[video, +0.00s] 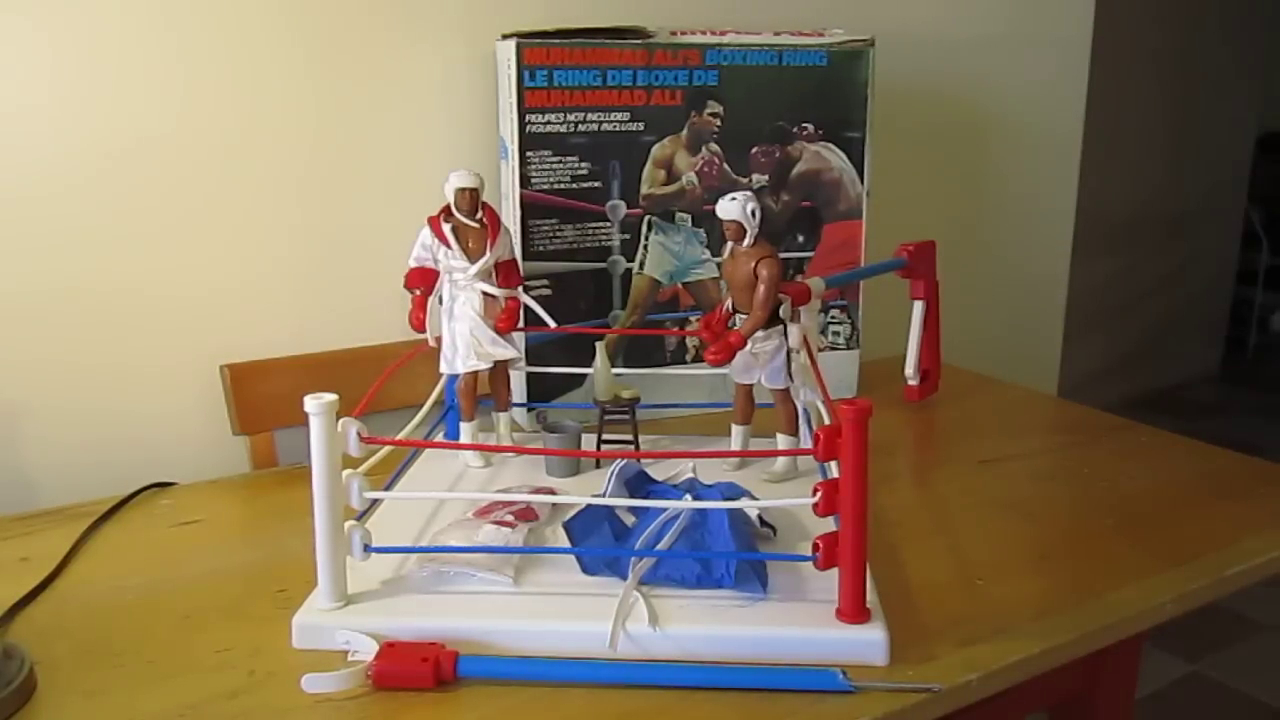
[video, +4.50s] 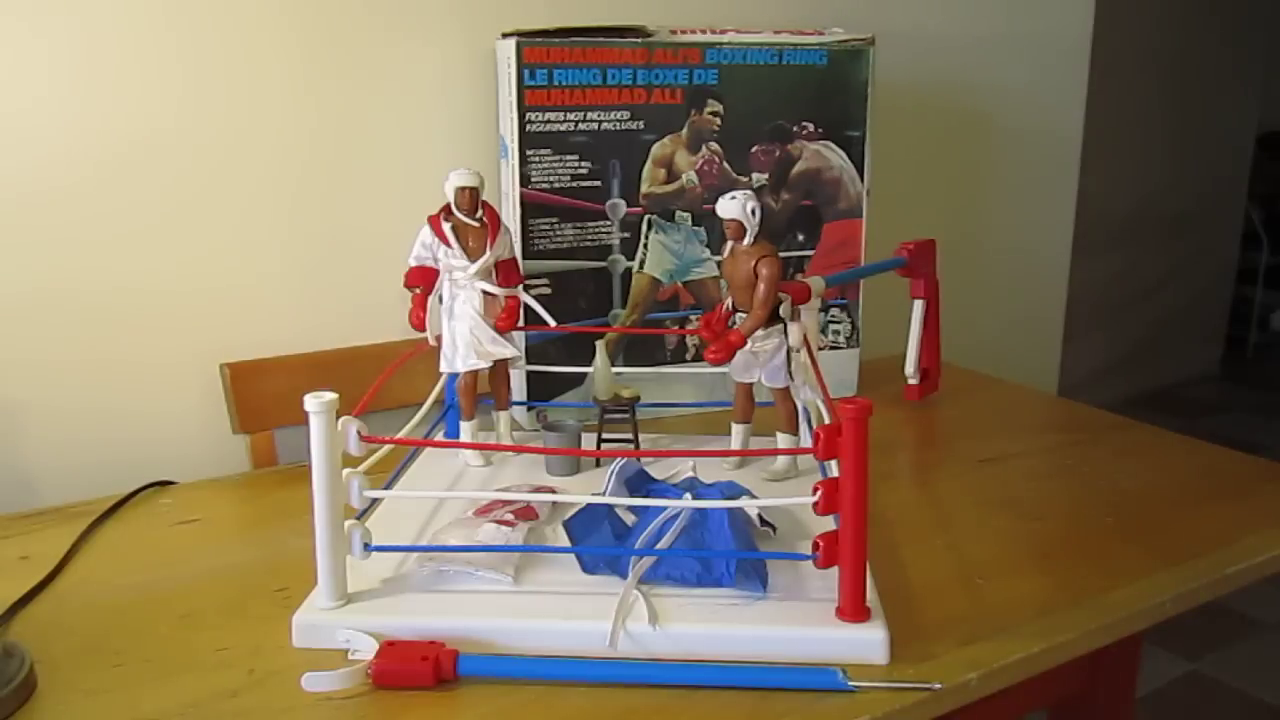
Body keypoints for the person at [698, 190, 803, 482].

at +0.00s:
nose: (725, 229)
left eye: (730, 224)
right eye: (723, 224)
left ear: (747, 224)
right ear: (724, 224)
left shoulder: (767, 263)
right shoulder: (731, 250)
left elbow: (761, 314)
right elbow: (734, 292)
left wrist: (735, 340)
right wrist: (719, 317)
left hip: (769, 333)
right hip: (742, 329)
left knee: (780, 391)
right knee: (742, 387)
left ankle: (787, 456)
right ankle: (737, 450)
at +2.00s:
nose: (726, 227)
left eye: (731, 222)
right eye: (724, 221)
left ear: (748, 222)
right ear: (723, 222)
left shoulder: (766, 262)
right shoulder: (730, 249)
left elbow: (761, 313)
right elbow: (735, 292)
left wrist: (736, 339)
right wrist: (720, 317)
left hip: (769, 333)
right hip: (743, 329)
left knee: (780, 391)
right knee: (742, 387)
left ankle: (787, 457)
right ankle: (737, 450)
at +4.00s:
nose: (725, 228)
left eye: (731, 222)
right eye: (724, 222)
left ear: (748, 222)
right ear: (724, 223)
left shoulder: (767, 260)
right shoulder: (731, 250)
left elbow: (761, 312)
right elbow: (736, 292)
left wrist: (735, 338)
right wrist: (721, 314)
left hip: (769, 333)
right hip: (743, 329)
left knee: (780, 390)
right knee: (742, 385)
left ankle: (787, 456)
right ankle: (738, 449)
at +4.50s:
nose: (725, 227)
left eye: (731, 222)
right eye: (724, 222)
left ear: (748, 222)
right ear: (724, 222)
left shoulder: (767, 260)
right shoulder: (730, 250)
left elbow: (761, 312)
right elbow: (736, 292)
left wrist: (735, 338)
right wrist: (721, 315)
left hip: (770, 332)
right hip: (743, 329)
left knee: (779, 390)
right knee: (742, 385)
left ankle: (787, 456)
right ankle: (738, 450)